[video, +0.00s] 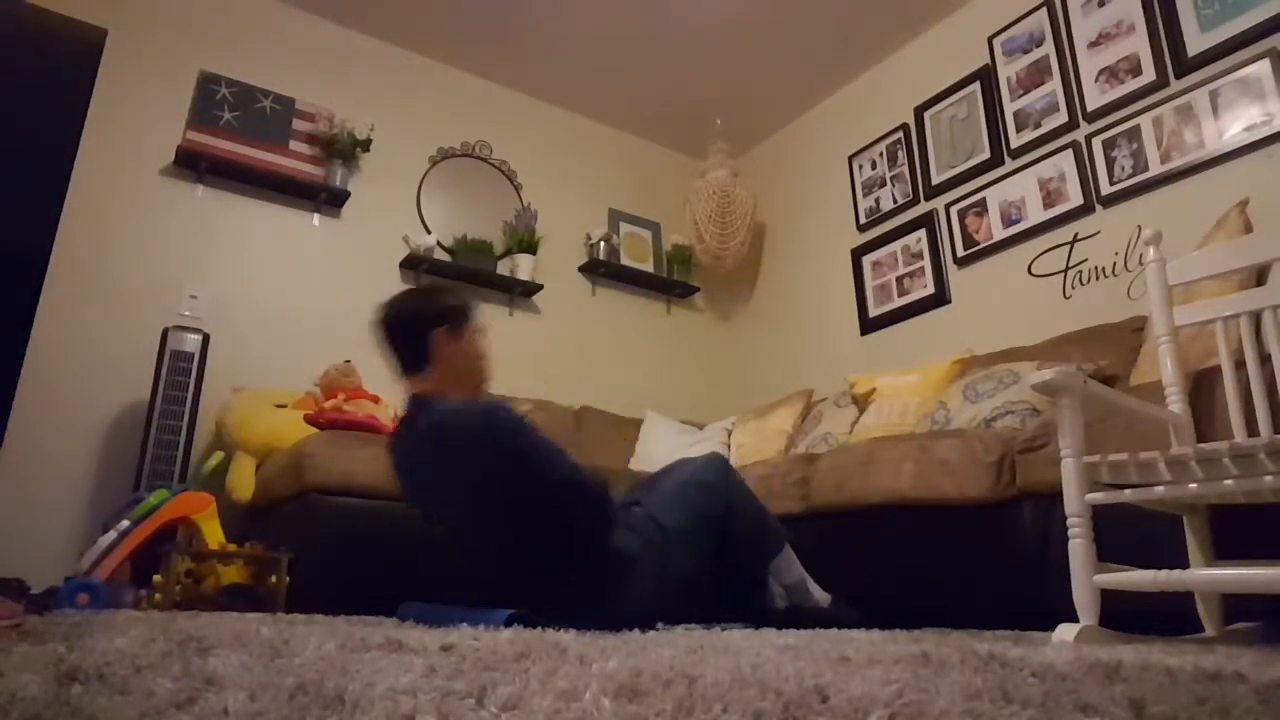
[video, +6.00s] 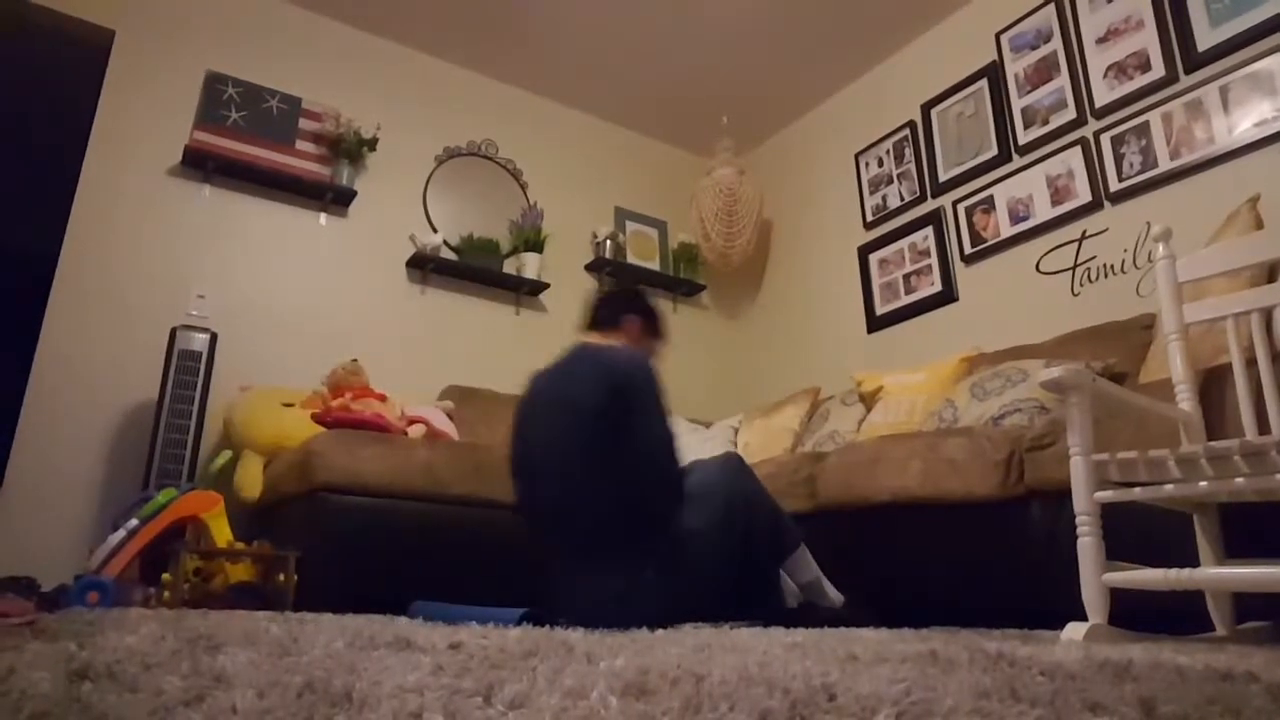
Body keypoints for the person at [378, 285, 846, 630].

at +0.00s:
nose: (485, 347)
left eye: (480, 333)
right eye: (475, 334)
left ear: (422, 351)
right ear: (442, 344)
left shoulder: (409, 442)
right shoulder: (486, 425)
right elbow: (594, 507)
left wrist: (576, 492)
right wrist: (591, 482)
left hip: (534, 600)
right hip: (598, 595)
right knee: (709, 471)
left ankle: (788, 601)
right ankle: (802, 594)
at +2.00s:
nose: (724, 403)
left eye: (729, 399)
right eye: (727, 395)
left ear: (677, 362)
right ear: (717, 371)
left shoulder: (618, 390)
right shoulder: (704, 388)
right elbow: (693, 499)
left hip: (575, 583)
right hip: (639, 586)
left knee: (724, 465)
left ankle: (809, 587)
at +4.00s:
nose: (728, 408)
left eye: (733, 404)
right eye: (731, 399)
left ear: (683, 363)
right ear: (722, 375)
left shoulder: (624, 394)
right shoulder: (706, 390)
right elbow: (695, 501)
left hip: (582, 589)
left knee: (729, 467)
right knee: (730, 481)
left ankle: (818, 593)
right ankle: (789, 599)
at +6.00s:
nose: (651, 361)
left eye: (653, 352)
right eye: (651, 350)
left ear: (592, 328)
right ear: (631, 328)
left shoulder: (541, 384)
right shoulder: (627, 369)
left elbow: (530, 500)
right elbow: (664, 493)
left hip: (568, 592)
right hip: (638, 595)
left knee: (725, 470)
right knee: (728, 489)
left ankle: (818, 590)